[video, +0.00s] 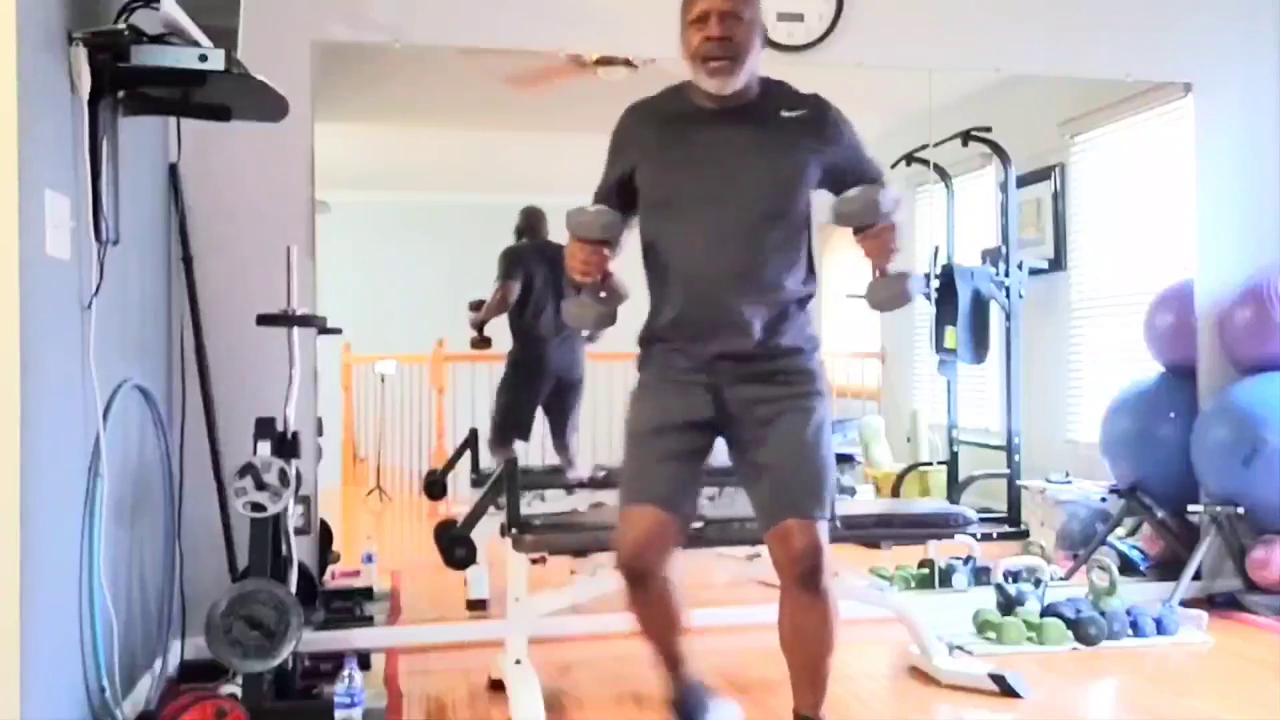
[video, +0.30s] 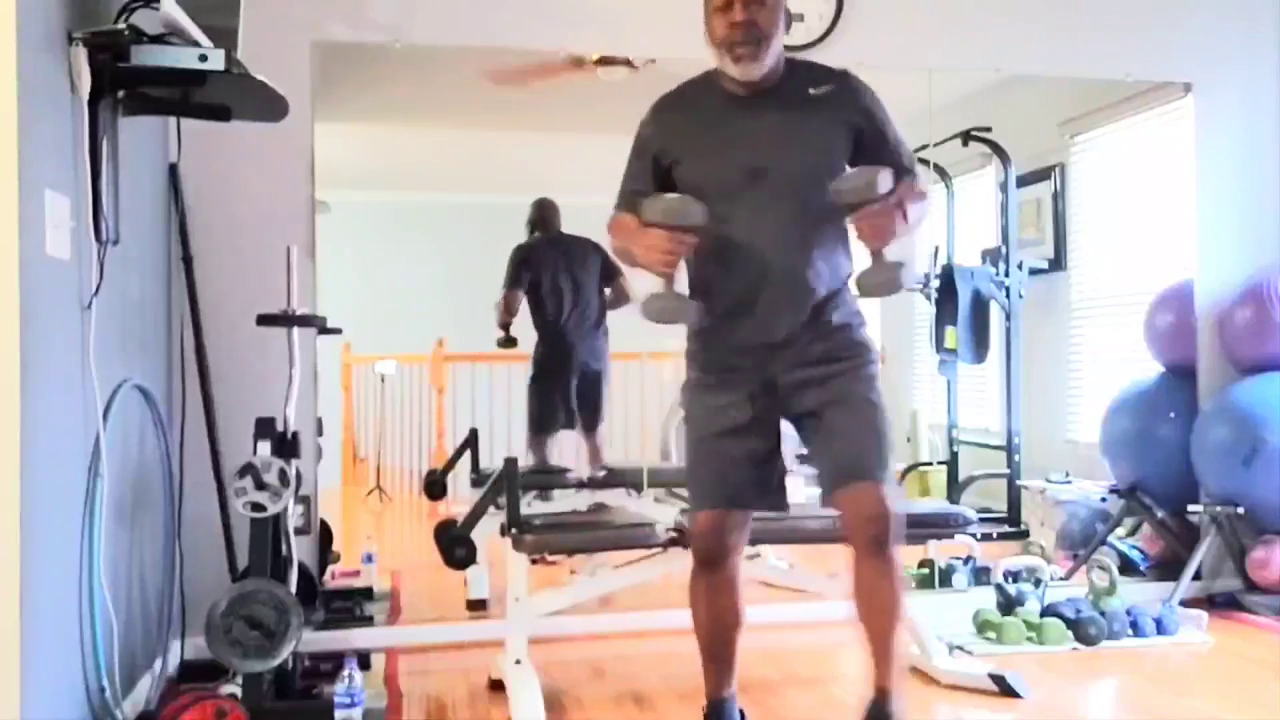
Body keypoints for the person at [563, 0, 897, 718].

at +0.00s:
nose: (716, 31)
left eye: (732, 17)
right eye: (700, 19)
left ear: (761, 29)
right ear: (682, 33)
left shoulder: (812, 120)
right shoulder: (644, 123)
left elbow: (874, 207)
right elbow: (600, 229)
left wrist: (881, 236)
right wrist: (581, 255)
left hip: (781, 366)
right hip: (675, 366)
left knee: (803, 556)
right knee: (639, 551)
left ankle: (808, 713)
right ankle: (685, 689)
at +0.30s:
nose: (740, 18)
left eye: (756, 4)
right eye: (723, 6)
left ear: (785, 13)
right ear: (705, 19)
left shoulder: (843, 98)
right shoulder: (672, 116)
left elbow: (912, 186)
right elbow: (622, 224)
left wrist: (897, 212)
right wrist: (638, 243)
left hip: (829, 346)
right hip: (723, 358)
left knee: (874, 520)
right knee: (712, 539)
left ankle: (885, 702)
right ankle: (721, 705)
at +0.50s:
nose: (786, 104)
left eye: (802, 90)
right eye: (771, 92)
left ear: (830, 99)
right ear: (754, 103)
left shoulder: (884, 183)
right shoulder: (723, 193)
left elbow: (934, 310)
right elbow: (681, 313)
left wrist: (877, 301)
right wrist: (721, 308)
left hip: (859, 411)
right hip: (750, 411)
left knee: (960, 561)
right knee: (698, 569)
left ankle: (1003, 714)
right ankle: (719, 709)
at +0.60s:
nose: (821, 147)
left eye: (836, 133)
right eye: (807, 134)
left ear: (866, 144)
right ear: (787, 148)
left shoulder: (914, 220)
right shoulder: (754, 227)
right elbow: (714, 356)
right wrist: (747, 343)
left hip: (888, 437)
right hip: (777, 438)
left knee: (995, 574)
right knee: (700, 574)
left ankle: (1012, 716)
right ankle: (723, 710)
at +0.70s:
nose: (850, 140)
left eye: (865, 126)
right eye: (835, 127)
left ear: (896, 137)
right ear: (815, 140)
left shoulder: (947, 217)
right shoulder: (782, 222)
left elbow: (1010, 335)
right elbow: (734, 337)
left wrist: (954, 328)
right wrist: (759, 336)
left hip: (918, 436)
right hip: (802, 433)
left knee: (1006, 581)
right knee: (723, 567)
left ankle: (1014, 717)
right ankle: (725, 711)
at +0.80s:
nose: (872, 89)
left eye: (888, 76)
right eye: (858, 78)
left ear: (921, 88)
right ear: (840, 95)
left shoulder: (980, 163)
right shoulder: (806, 184)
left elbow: (1045, 262)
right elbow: (770, 278)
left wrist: (1011, 288)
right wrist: (770, 298)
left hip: (949, 396)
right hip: (837, 396)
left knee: (1008, 561)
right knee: (764, 546)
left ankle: (1018, 716)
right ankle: (735, 705)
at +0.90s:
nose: (890, 43)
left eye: (907, 27)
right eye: (874, 29)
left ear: (939, 36)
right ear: (855, 44)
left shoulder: (1001, 119)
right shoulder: (825, 138)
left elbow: (1059, 220)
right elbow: (783, 243)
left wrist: (1057, 252)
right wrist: (771, 274)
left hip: (971, 363)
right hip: (859, 363)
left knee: (1007, 550)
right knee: (797, 532)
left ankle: (1018, 713)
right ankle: (809, 683)